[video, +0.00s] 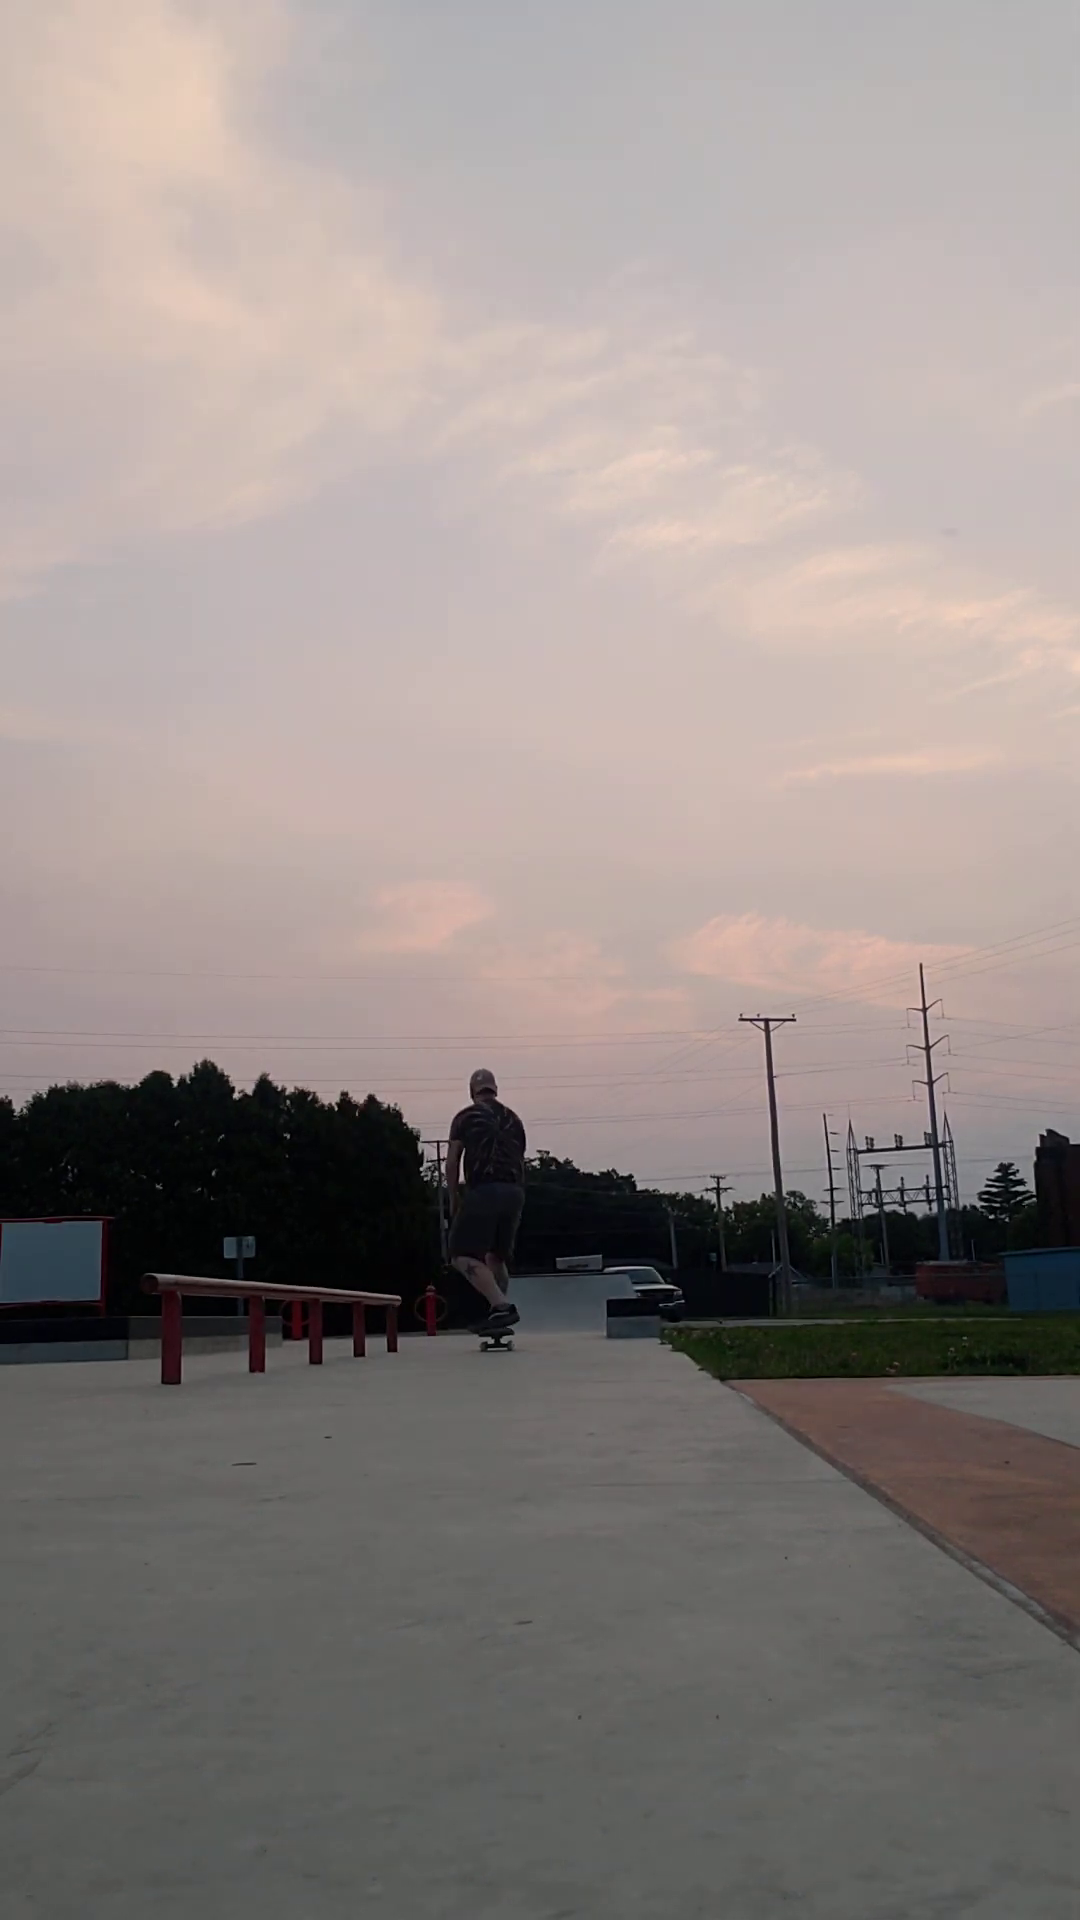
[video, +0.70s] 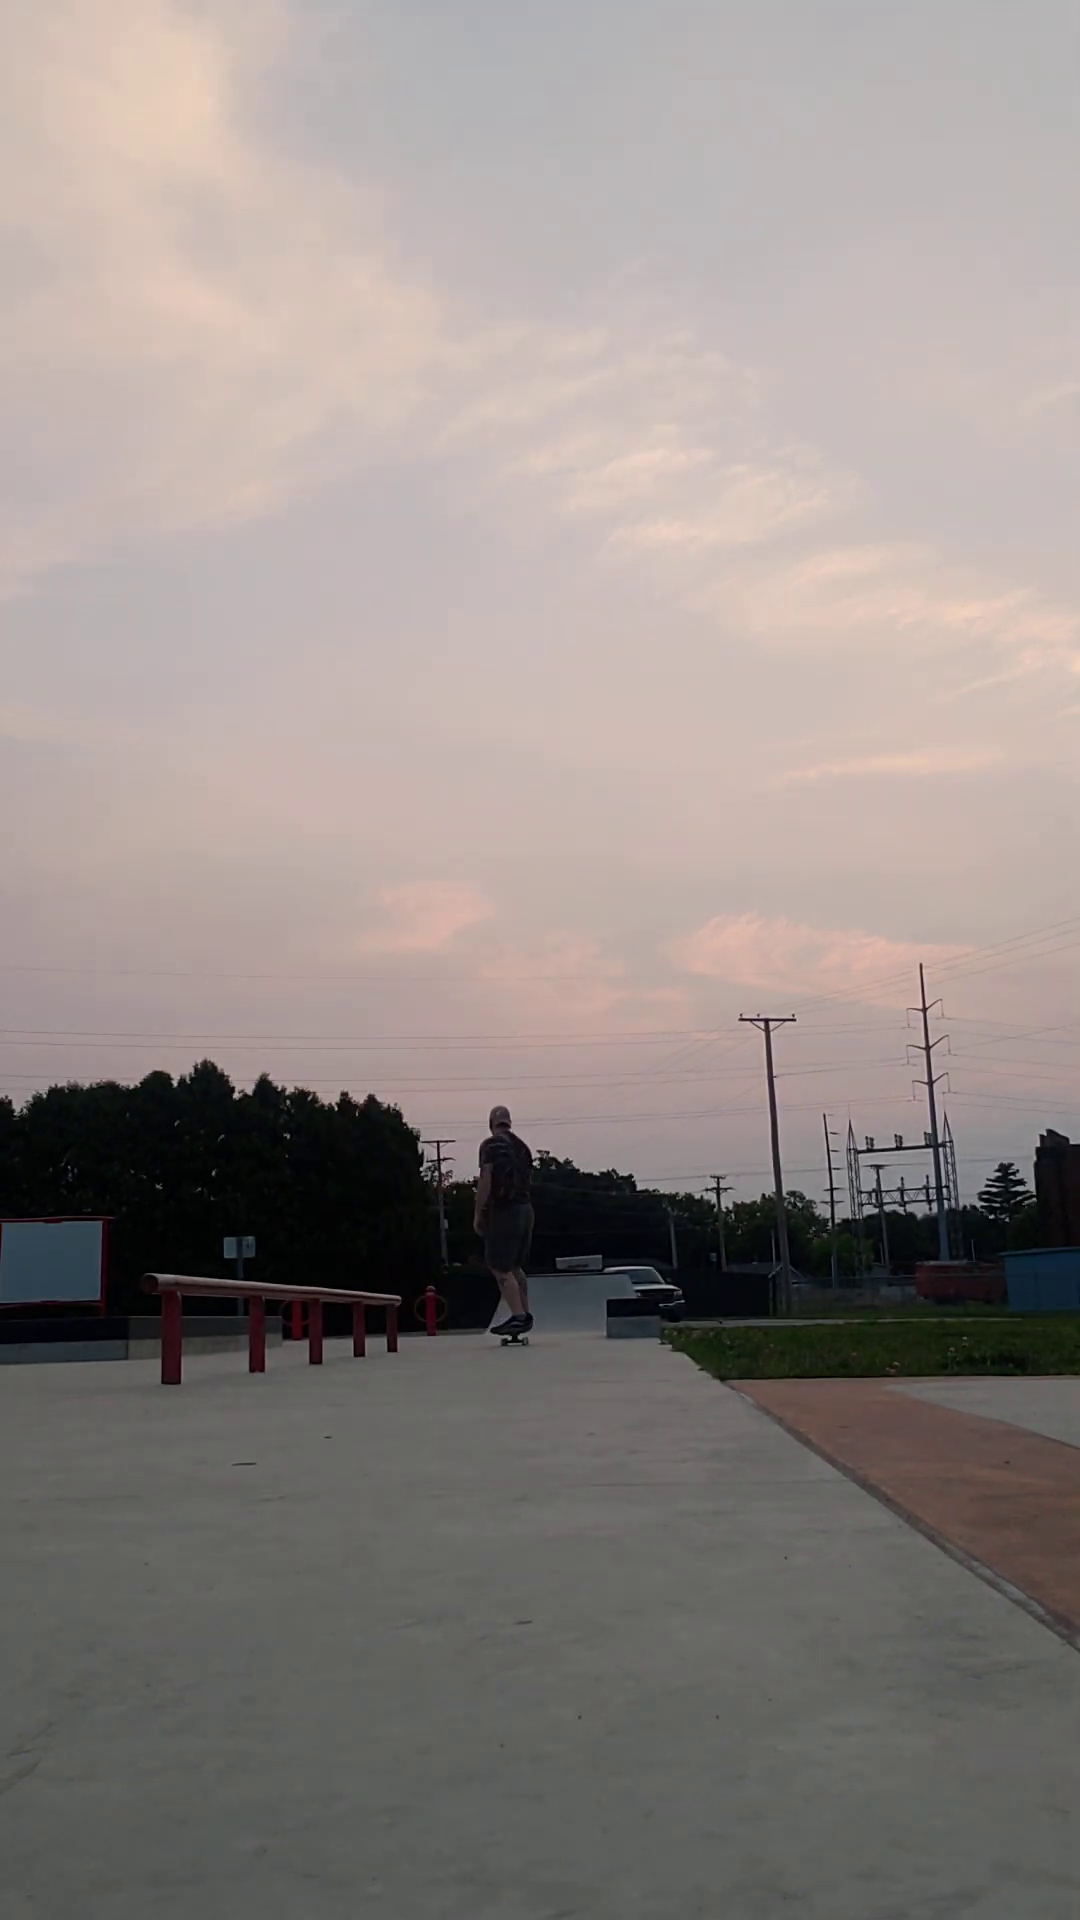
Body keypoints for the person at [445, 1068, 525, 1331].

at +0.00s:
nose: (479, 1094)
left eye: (474, 1090)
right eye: (485, 1091)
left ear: (472, 1090)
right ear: (496, 1090)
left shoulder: (465, 1117)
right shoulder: (514, 1119)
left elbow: (452, 1163)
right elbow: (519, 1163)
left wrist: (454, 1199)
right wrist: (515, 1193)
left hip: (481, 1193)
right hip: (513, 1194)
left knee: (461, 1255)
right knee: (497, 1257)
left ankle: (501, 1306)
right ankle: (497, 1321)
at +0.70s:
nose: (497, 1127)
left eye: (494, 1124)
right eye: (502, 1124)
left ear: (491, 1124)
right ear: (510, 1123)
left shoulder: (489, 1145)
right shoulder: (523, 1147)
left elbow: (485, 1180)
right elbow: (525, 1182)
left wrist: (478, 1211)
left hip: (502, 1211)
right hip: (524, 1210)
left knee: (501, 1266)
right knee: (515, 1266)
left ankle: (518, 1315)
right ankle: (523, 1315)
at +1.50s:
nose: (514, 1159)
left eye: (511, 1155)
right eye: (517, 1155)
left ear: (507, 1157)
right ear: (524, 1157)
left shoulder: (506, 1176)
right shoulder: (533, 1176)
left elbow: (502, 1207)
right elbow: (539, 1207)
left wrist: (498, 1234)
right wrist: (539, 1234)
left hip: (515, 1231)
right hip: (533, 1231)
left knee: (514, 1276)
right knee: (526, 1275)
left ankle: (525, 1315)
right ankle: (532, 1315)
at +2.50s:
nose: (531, 1188)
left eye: (530, 1185)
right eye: (533, 1185)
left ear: (529, 1187)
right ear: (542, 1185)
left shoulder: (532, 1204)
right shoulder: (550, 1202)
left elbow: (531, 1229)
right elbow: (553, 1227)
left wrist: (524, 1251)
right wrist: (550, 1244)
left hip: (538, 1247)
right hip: (550, 1247)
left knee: (533, 1282)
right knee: (544, 1284)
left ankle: (545, 1315)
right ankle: (551, 1316)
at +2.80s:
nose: (539, 1195)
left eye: (537, 1193)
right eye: (540, 1193)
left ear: (534, 1194)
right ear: (546, 1193)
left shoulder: (537, 1212)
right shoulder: (554, 1209)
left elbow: (536, 1235)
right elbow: (556, 1233)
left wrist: (530, 1257)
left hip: (545, 1252)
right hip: (556, 1251)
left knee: (541, 1286)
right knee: (550, 1287)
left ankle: (553, 1316)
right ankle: (558, 1316)